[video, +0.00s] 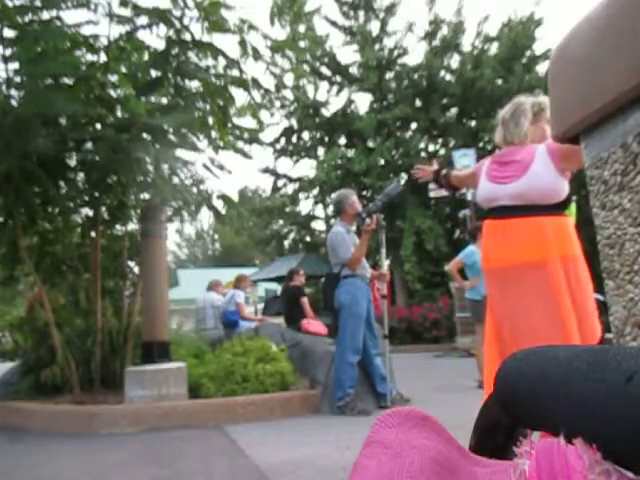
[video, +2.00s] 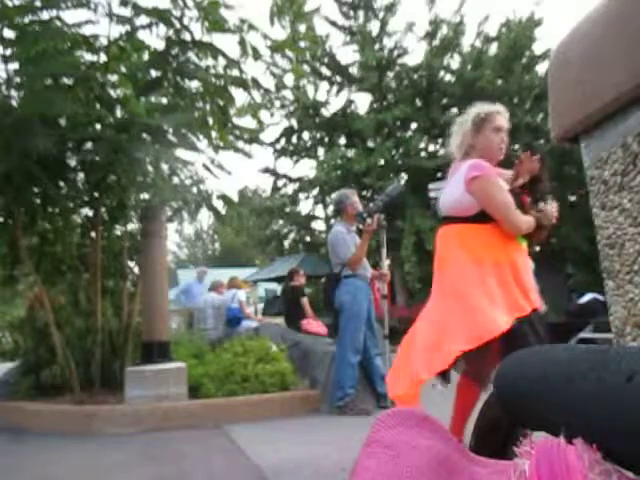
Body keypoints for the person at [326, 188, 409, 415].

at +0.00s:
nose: (361, 205)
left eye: (359, 201)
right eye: (356, 201)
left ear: (349, 207)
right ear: (347, 206)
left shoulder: (350, 233)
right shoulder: (337, 234)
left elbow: (357, 266)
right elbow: (352, 262)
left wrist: (374, 274)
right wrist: (366, 235)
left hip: (362, 284)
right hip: (350, 284)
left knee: (370, 344)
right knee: (350, 345)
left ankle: (386, 393)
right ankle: (344, 398)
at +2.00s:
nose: (361, 207)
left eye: (359, 203)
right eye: (356, 203)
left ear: (351, 207)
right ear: (346, 207)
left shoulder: (352, 233)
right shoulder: (338, 233)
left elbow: (358, 264)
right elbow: (353, 262)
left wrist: (374, 274)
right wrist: (367, 236)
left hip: (363, 284)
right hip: (350, 284)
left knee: (370, 342)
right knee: (351, 342)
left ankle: (384, 392)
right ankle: (344, 397)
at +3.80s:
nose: (362, 207)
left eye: (361, 202)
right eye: (358, 203)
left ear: (353, 207)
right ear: (347, 207)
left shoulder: (356, 231)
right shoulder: (337, 233)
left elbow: (360, 262)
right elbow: (350, 261)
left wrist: (374, 274)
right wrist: (361, 238)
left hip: (364, 283)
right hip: (350, 283)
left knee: (371, 342)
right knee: (349, 344)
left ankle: (385, 393)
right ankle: (343, 398)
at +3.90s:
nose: (361, 206)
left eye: (361, 202)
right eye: (357, 202)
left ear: (354, 207)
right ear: (346, 207)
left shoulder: (357, 231)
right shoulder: (337, 234)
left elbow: (366, 258)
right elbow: (346, 261)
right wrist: (362, 238)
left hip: (364, 285)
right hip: (347, 287)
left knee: (371, 342)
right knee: (348, 345)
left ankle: (384, 392)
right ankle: (343, 397)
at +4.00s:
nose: (361, 206)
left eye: (361, 202)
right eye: (357, 202)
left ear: (357, 207)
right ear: (346, 207)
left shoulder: (357, 231)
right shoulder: (337, 233)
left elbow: (365, 262)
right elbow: (348, 263)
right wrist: (362, 238)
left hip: (366, 282)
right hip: (348, 283)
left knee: (372, 342)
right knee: (348, 343)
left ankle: (385, 392)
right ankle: (344, 397)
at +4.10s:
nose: (362, 206)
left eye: (362, 202)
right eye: (357, 202)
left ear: (354, 207)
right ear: (346, 207)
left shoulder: (357, 232)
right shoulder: (337, 233)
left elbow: (363, 263)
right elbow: (347, 263)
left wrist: (376, 273)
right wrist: (360, 238)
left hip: (365, 283)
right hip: (349, 283)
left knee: (372, 341)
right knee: (348, 343)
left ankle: (385, 392)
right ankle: (343, 397)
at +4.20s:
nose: (361, 209)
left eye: (361, 205)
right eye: (356, 205)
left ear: (358, 207)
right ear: (345, 208)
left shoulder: (359, 231)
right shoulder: (337, 233)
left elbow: (367, 261)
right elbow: (347, 262)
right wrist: (359, 237)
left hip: (366, 282)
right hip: (349, 283)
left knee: (368, 338)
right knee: (347, 342)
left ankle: (377, 388)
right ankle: (344, 396)